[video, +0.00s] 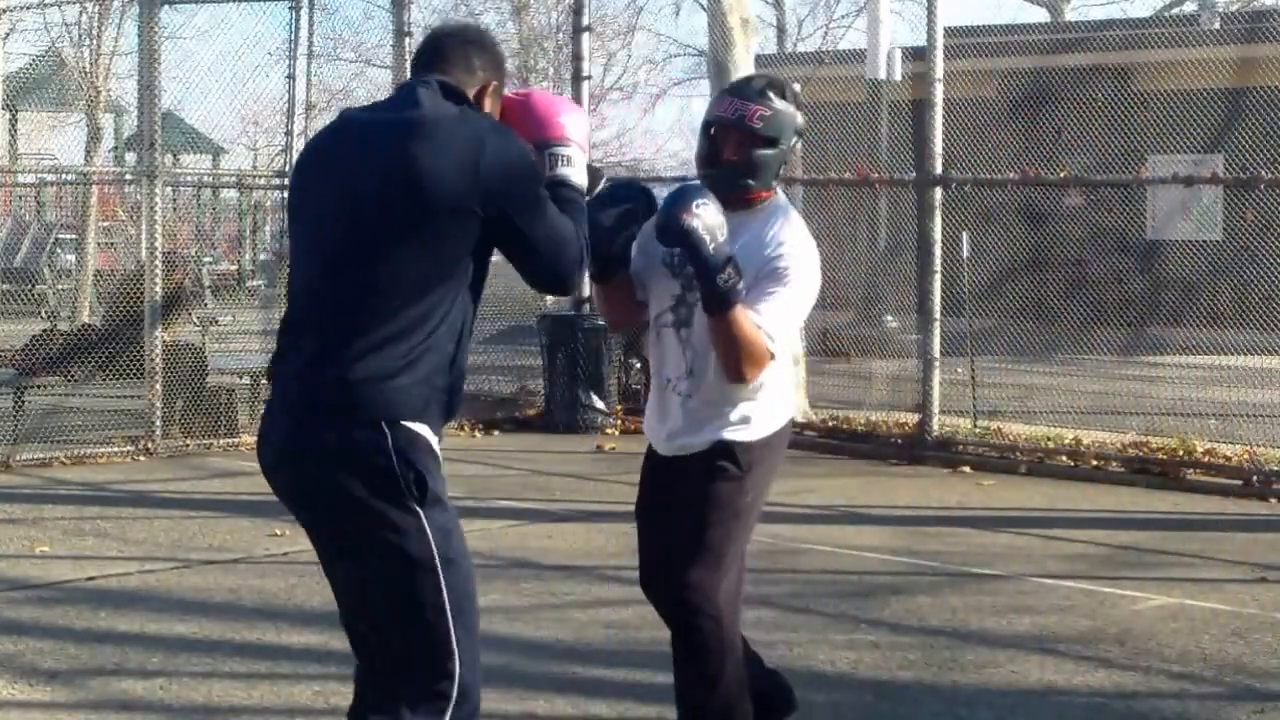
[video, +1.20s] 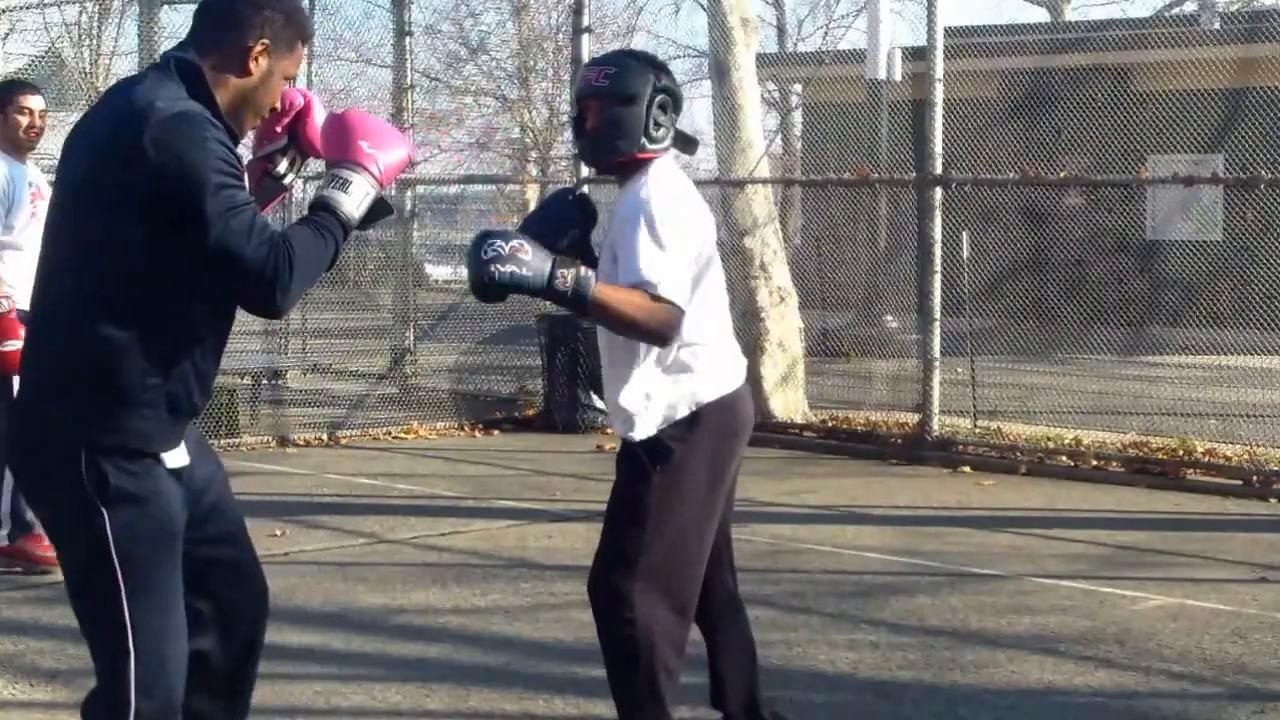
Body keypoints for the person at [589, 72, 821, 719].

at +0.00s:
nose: (722, 151)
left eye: (741, 140)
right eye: (715, 134)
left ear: (776, 153)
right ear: (701, 136)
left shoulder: (787, 244)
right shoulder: (679, 207)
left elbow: (746, 365)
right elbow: (625, 316)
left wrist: (715, 267)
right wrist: (604, 253)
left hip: (740, 433)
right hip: (673, 429)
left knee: (703, 592)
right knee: (663, 579)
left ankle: (716, 712)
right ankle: (765, 694)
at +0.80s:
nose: (620, 135)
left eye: (637, 121)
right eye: (615, 121)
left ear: (676, 126)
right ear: (610, 127)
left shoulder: (694, 201)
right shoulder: (634, 215)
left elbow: (713, 312)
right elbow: (608, 347)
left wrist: (625, 266)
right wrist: (582, 273)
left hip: (708, 425)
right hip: (678, 424)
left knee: (631, 590)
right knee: (720, 584)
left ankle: (650, 713)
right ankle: (766, 710)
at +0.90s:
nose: (592, 131)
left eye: (609, 117)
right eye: (591, 117)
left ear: (649, 126)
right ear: (666, 129)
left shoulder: (654, 200)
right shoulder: (653, 198)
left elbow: (578, 223)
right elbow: (613, 319)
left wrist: (488, 184)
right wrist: (557, 252)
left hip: (708, 422)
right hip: (719, 413)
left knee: (634, 587)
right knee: (716, 565)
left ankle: (646, 712)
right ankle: (760, 701)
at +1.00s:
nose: (579, 129)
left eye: (595, 115)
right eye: (578, 114)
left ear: (643, 121)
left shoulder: (643, 192)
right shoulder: (657, 188)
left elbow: (551, 224)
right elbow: (587, 276)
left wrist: (446, 190)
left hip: (700, 418)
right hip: (714, 408)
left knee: (633, 591)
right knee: (716, 587)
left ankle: (650, 712)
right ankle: (760, 710)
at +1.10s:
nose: (579, 123)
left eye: (597, 110)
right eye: (578, 109)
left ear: (644, 121)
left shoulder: (648, 200)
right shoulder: (623, 191)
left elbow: (575, 254)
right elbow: (544, 229)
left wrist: (461, 238)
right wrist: (457, 230)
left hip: (696, 418)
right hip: (704, 410)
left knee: (632, 589)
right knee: (710, 580)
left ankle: (646, 711)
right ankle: (753, 707)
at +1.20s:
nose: (589, 121)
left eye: (606, 107)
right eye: (585, 108)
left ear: (651, 111)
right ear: (580, 115)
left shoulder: (657, 196)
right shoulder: (640, 193)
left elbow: (662, 317)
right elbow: (633, 288)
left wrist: (557, 277)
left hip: (689, 415)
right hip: (698, 408)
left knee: (630, 588)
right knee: (710, 588)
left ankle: (646, 713)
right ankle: (745, 710)